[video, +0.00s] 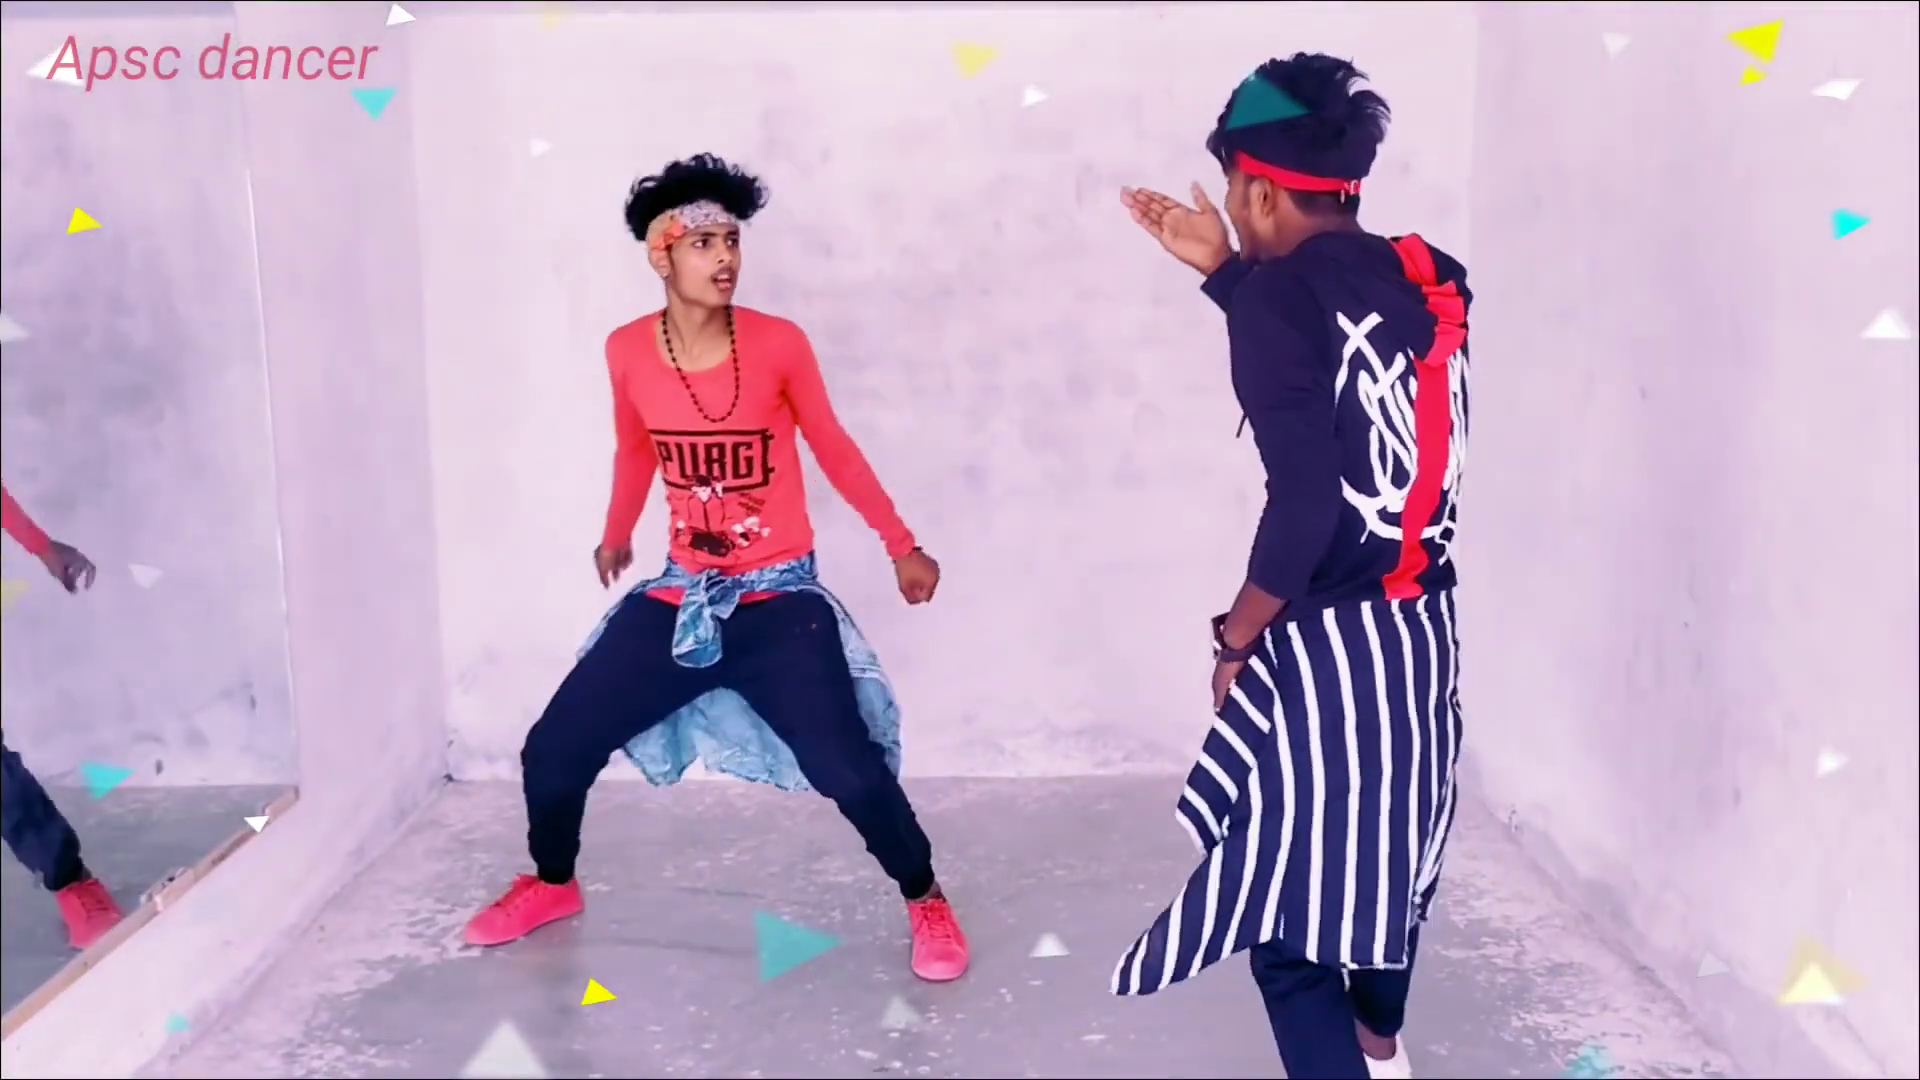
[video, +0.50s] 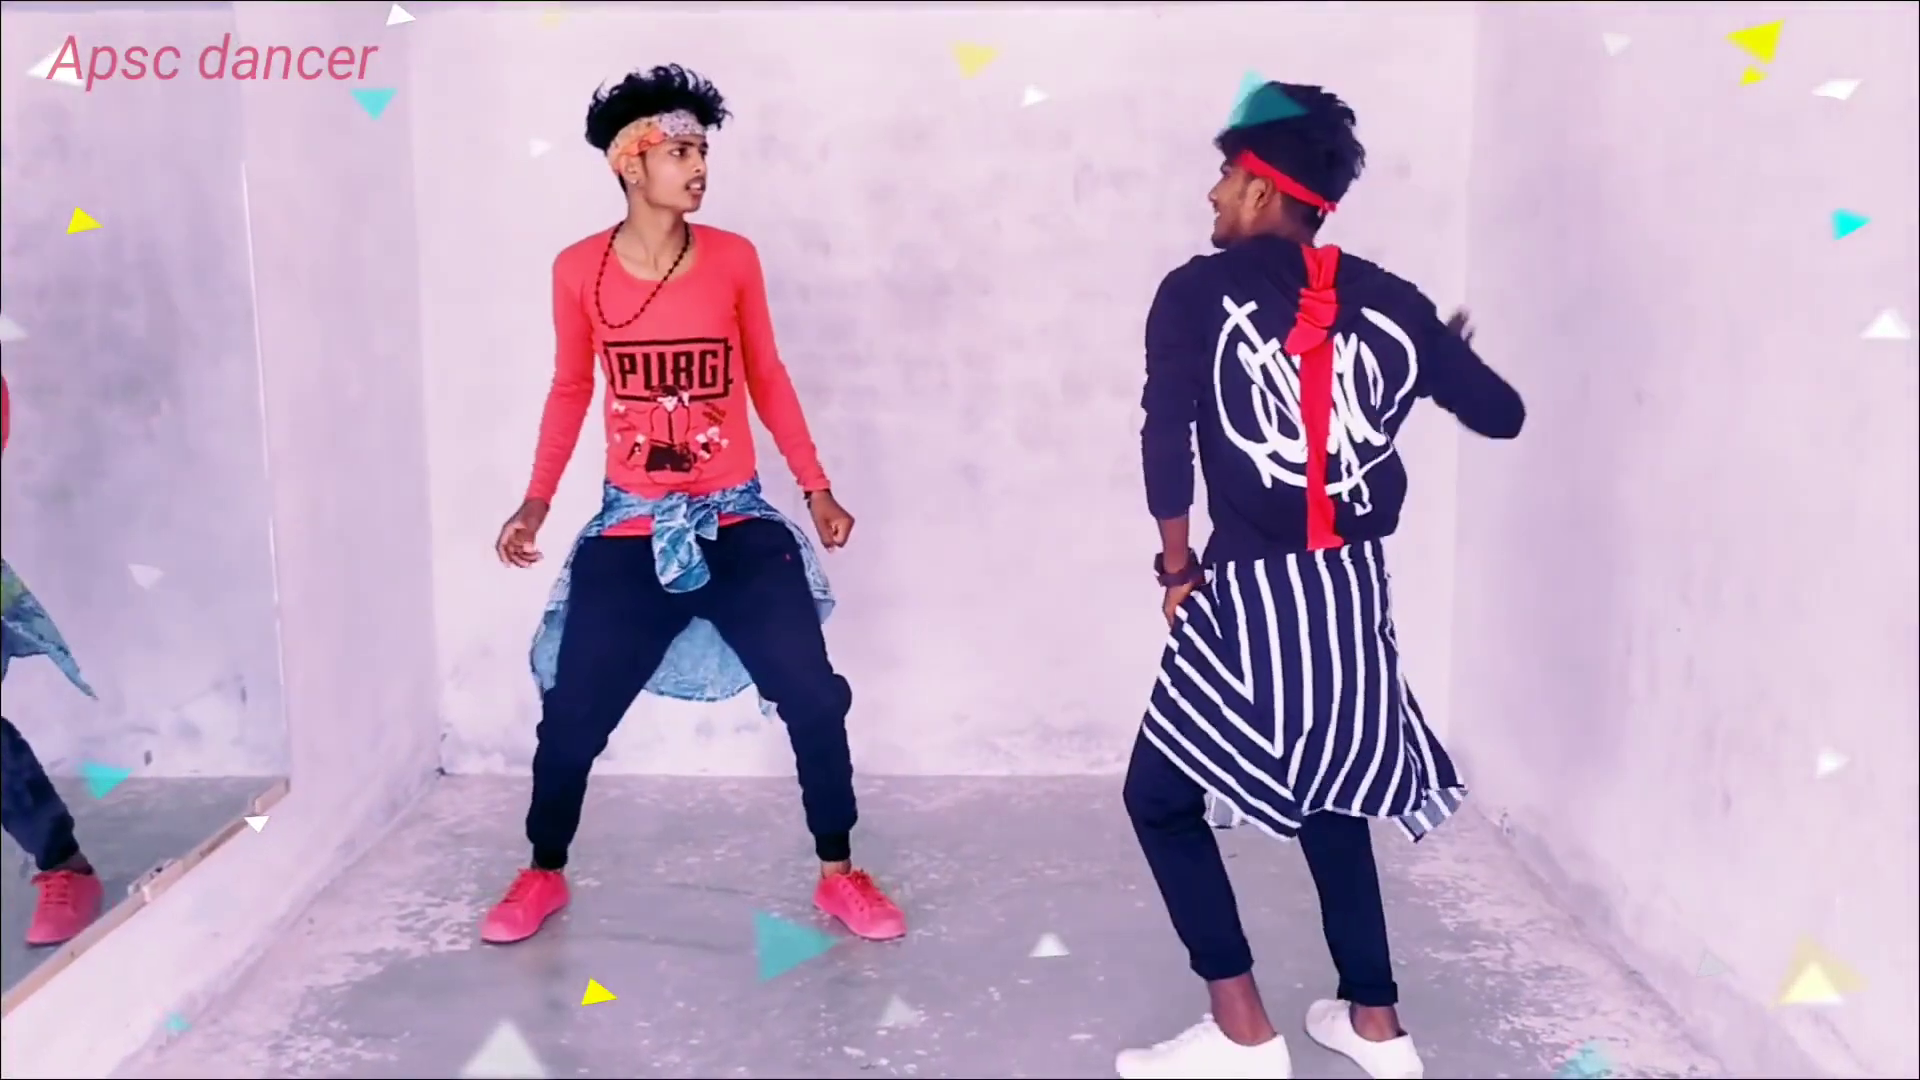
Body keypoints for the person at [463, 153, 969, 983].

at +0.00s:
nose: (723, 259)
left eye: (731, 242)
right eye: (703, 243)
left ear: (742, 253)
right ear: (660, 258)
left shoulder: (779, 345)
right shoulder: (631, 352)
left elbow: (833, 449)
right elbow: (635, 450)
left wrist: (901, 542)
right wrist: (617, 533)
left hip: (779, 599)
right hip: (679, 599)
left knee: (846, 768)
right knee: (551, 752)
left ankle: (926, 903)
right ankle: (553, 883)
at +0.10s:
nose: (694, 258)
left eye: (698, 241)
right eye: (672, 241)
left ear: (707, 253)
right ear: (624, 258)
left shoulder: (744, 344)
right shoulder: (592, 356)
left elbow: (790, 450)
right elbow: (603, 459)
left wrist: (847, 556)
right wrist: (578, 582)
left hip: (753, 593)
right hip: (647, 595)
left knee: (839, 750)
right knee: (530, 750)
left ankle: (920, 900)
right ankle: (550, 882)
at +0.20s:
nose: (678, 226)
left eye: (681, 208)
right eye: (656, 210)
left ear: (686, 216)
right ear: (607, 225)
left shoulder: (723, 309)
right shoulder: (571, 326)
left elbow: (764, 423)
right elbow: (561, 435)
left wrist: (808, 529)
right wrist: (534, 555)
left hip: (742, 559)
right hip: (636, 567)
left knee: (838, 715)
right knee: (538, 734)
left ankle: (901, 887)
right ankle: (548, 879)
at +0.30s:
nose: (680, 194)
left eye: (683, 178)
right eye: (657, 179)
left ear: (688, 187)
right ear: (608, 195)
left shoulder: (721, 282)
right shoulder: (569, 296)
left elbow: (760, 395)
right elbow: (544, 408)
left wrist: (807, 503)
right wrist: (508, 514)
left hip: (745, 540)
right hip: (637, 548)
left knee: (831, 700)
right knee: (549, 725)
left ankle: (851, 870)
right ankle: (548, 878)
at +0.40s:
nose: (688, 175)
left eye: (692, 157)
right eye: (665, 159)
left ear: (700, 167)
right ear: (618, 176)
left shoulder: (729, 266)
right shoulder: (575, 279)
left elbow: (767, 381)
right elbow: (561, 393)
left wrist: (813, 490)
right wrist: (514, 496)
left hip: (747, 531)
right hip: (637, 538)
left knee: (821, 701)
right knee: (559, 720)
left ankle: (842, 872)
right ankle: (546, 876)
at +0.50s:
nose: (696, 165)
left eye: (700, 149)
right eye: (674, 150)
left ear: (705, 161)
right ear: (625, 166)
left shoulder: (732, 260)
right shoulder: (581, 270)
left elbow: (766, 379)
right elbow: (570, 387)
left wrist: (816, 486)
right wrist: (537, 499)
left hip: (738, 524)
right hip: (629, 531)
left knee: (815, 698)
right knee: (572, 718)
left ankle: (839, 872)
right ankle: (543, 874)